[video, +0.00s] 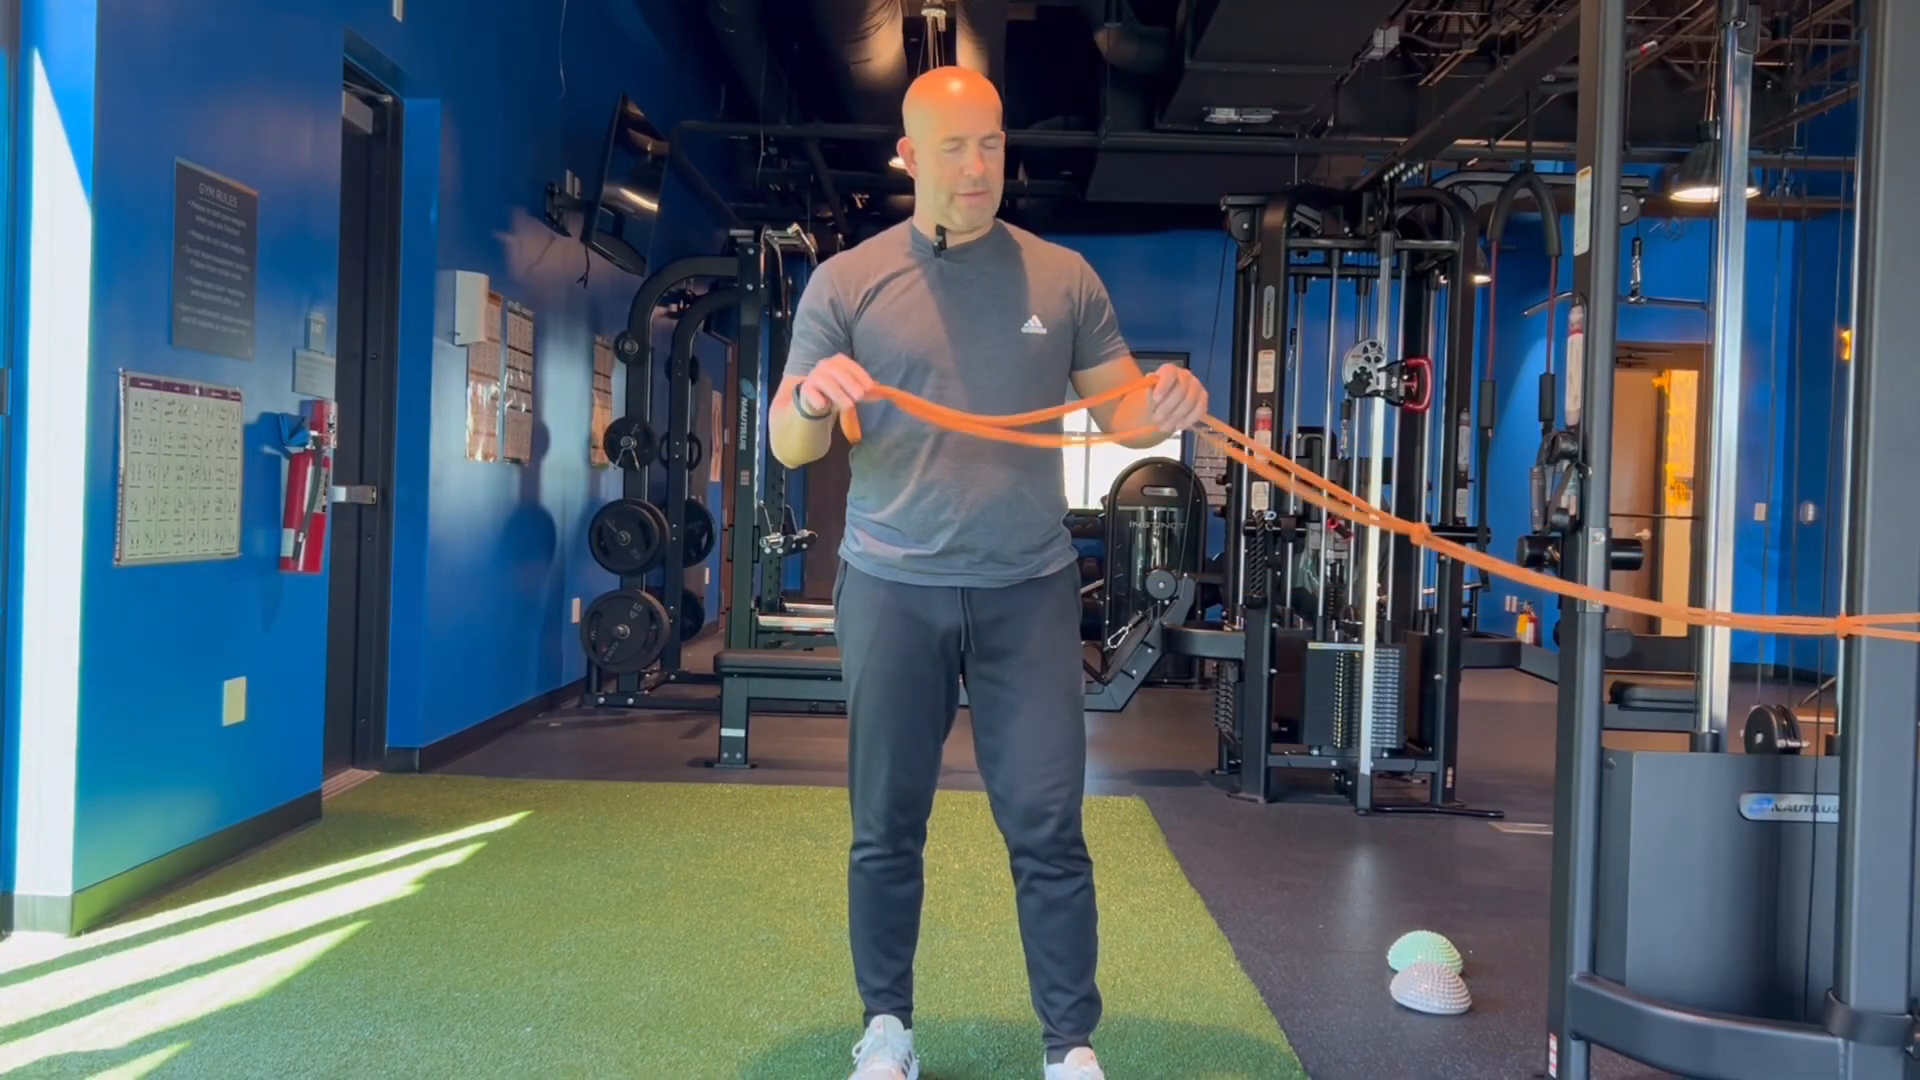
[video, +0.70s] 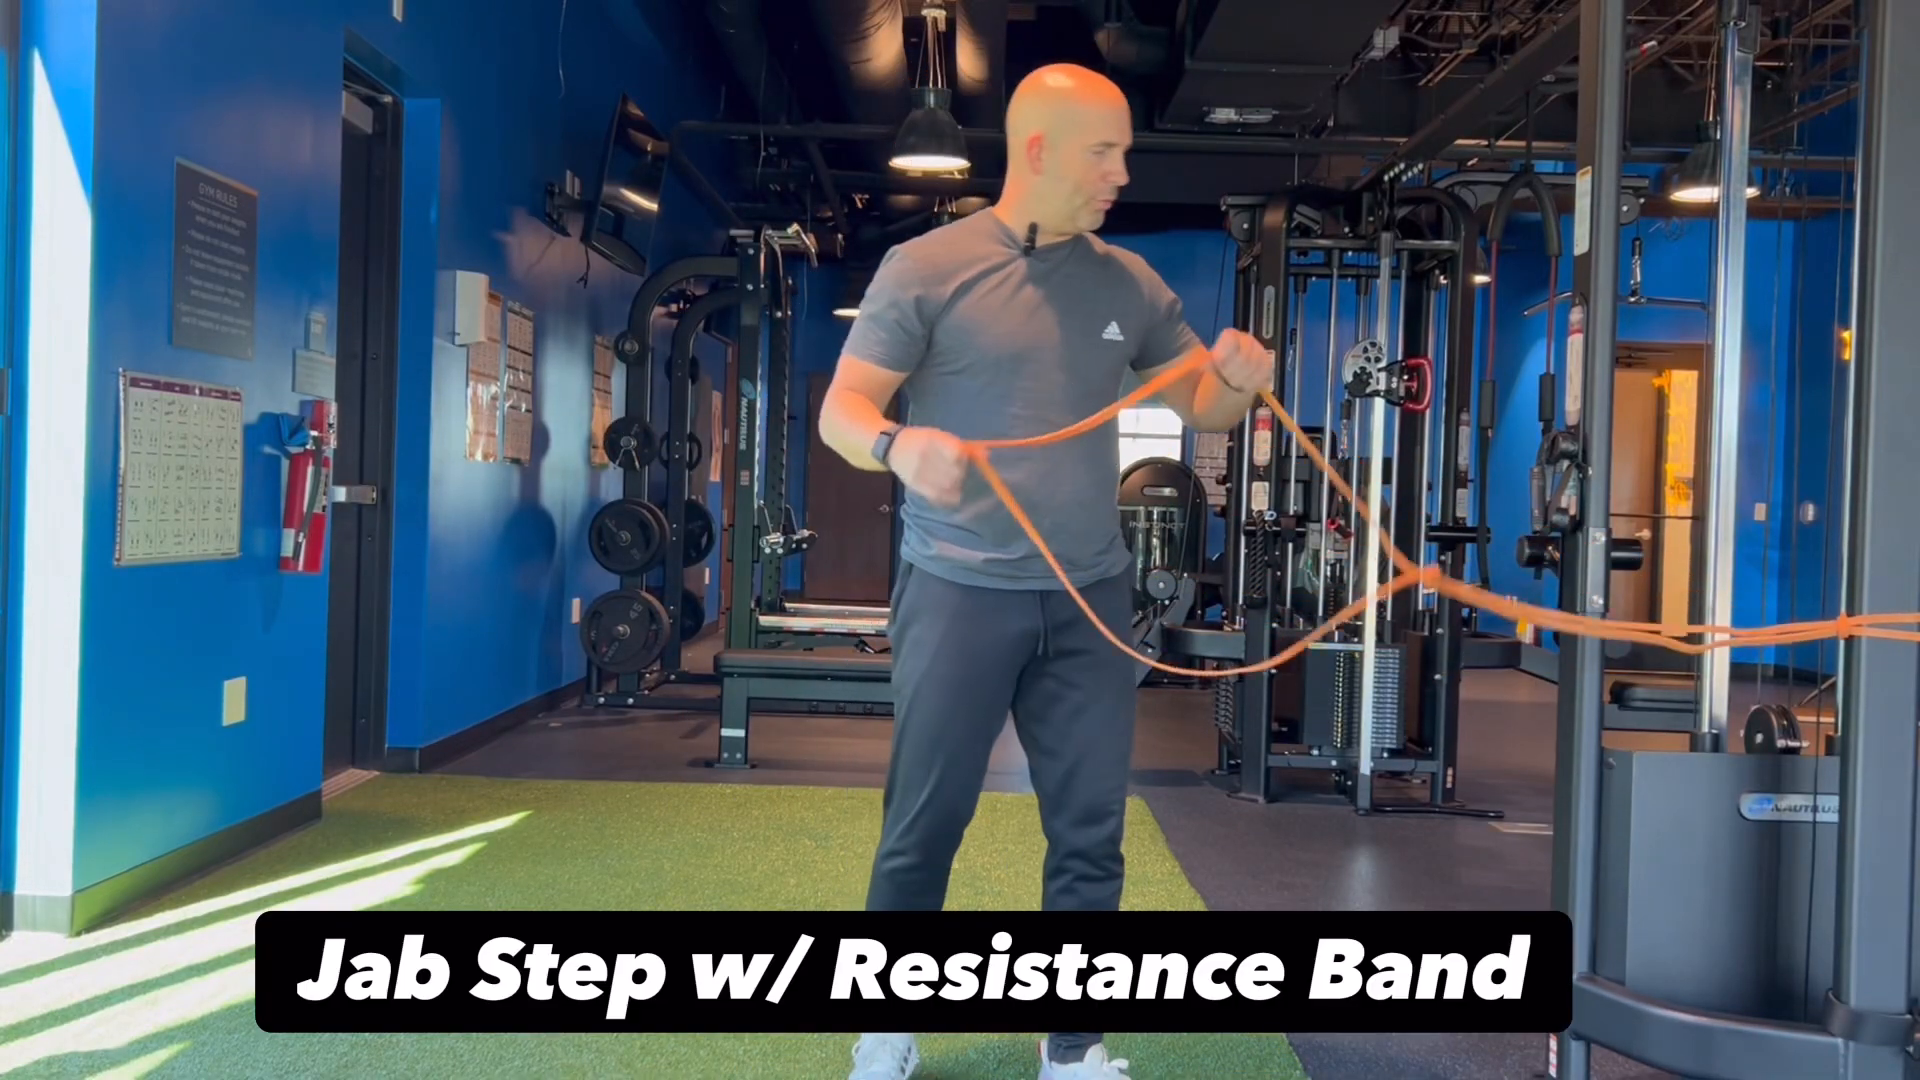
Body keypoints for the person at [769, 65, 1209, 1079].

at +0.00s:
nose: (980, 166)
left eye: (992, 145)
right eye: (957, 148)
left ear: (1006, 150)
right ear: (909, 160)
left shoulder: (1065, 279)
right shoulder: (845, 285)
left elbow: (1123, 420)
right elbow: (788, 448)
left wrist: (1167, 402)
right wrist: (810, 399)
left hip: (1031, 585)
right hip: (892, 586)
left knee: (1047, 822)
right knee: (887, 824)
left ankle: (1071, 1043)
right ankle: (887, 1021)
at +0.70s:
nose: (1121, 177)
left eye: (1125, 158)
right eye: (1106, 156)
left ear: (1087, 159)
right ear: (1035, 150)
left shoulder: (1130, 282)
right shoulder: (924, 269)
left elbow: (1206, 411)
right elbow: (843, 414)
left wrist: (1241, 381)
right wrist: (897, 444)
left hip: (1092, 595)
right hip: (961, 591)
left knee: (1091, 836)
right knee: (922, 829)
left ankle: (1071, 1048)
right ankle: (885, 1032)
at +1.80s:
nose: (1072, 119)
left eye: (1074, 104)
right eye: (1047, 101)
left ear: (1073, 130)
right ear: (981, 124)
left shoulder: (1087, 273)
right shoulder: (908, 262)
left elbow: (1134, 412)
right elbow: (878, 427)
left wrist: (1199, 475)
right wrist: (1041, 459)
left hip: (1072, 590)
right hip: (948, 591)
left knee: (1096, 834)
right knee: (907, 838)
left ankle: (1089, 1052)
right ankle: (872, 1054)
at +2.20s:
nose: (1176, 128)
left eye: (1186, 113)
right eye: (1150, 109)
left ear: (1195, 141)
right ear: (1092, 132)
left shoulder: (1196, 287)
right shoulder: (1043, 255)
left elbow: (1211, 425)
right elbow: (1036, 422)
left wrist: (1253, 444)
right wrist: (1199, 474)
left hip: (1155, 587)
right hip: (1047, 572)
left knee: (1135, 828)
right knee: (1058, 809)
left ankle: (1090, 1050)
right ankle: (912, 1009)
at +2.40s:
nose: (1230, 125)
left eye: (1235, 110)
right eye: (1205, 107)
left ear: (1234, 136)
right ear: (1142, 129)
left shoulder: (1227, 281)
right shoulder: (1090, 245)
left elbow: (1240, 422)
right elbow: (1058, 415)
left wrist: (1296, 439)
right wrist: (1220, 462)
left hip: (1181, 582)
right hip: (1088, 570)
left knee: (1155, 823)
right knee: (1128, 822)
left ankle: (1091, 1039)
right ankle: (1074, 1053)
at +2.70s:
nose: (1300, 153)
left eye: (1298, 132)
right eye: (1288, 130)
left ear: (1230, 140)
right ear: (1221, 135)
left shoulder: (1262, 284)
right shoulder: (1119, 251)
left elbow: (1272, 440)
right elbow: (1074, 420)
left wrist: (1286, 553)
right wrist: (1253, 448)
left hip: (1245, 589)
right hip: (1134, 588)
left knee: (1304, 815)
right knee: (1128, 851)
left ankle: (1178, 1011)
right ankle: (1089, 1057)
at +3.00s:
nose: (1389, 175)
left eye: (1389, 154)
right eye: (1374, 152)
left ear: (1316, 159)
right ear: (1304, 155)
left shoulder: (1366, 299)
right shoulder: (1177, 270)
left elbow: (1387, 429)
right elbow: (1090, 417)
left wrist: (1421, 451)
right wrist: (1224, 418)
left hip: (1327, 609)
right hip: (1199, 601)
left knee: (1339, 850)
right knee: (1167, 851)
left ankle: (1329, 1051)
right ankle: (1100, 1059)